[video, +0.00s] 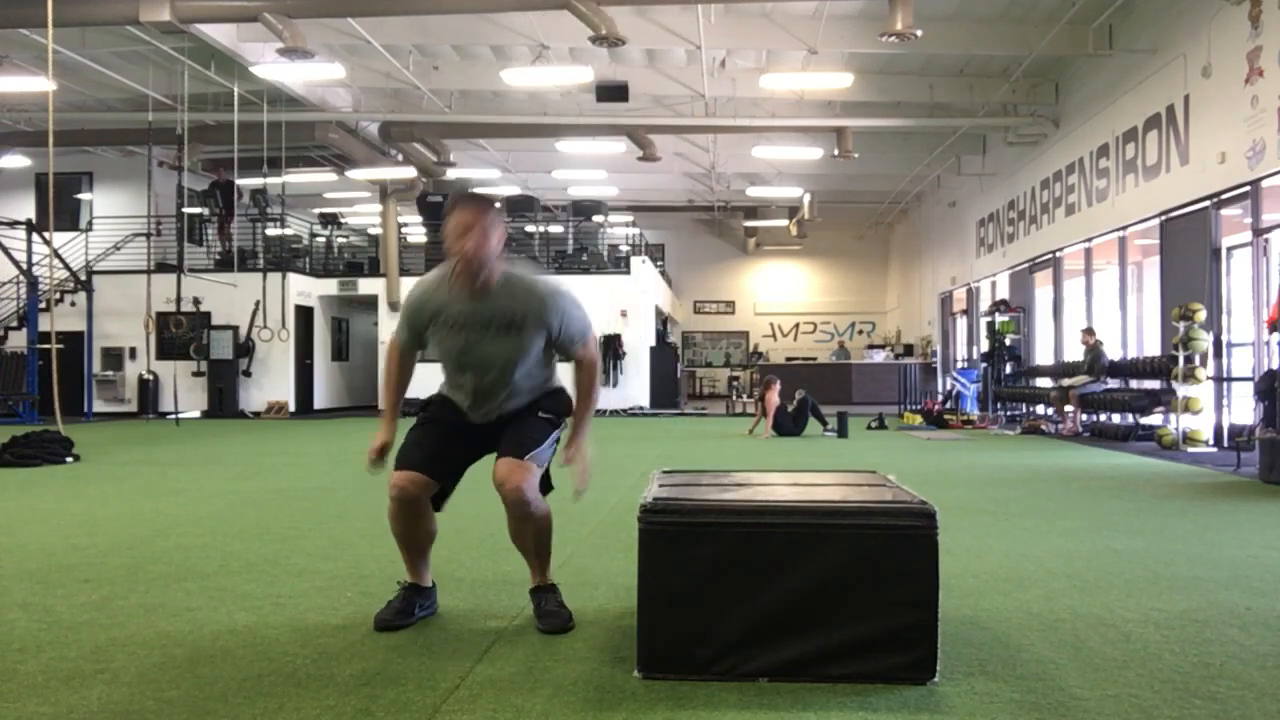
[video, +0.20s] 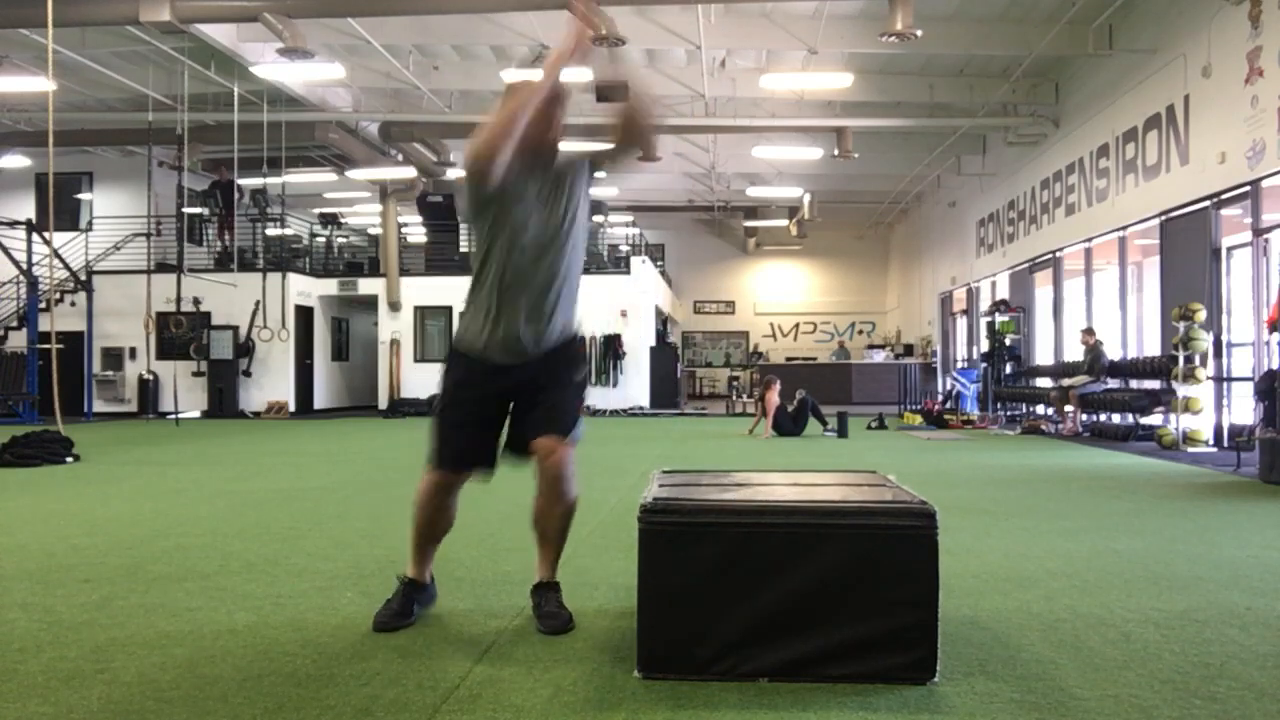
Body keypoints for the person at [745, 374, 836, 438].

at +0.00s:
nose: (779, 387)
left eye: (779, 384)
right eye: (778, 385)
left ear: (767, 385)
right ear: (773, 385)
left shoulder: (764, 396)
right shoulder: (772, 396)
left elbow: (759, 415)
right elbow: (770, 415)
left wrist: (751, 429)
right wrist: (767, 433)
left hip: (784, 430)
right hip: (793, 431)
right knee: (807, 399)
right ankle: (826, 426)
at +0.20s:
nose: (779, 387)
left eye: (779, 384)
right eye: (778, 384)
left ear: (767, 385)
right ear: (773, 385)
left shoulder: (764, 396)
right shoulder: (772, 396)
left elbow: (759, 416)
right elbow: (770, 416)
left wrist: (751, 430)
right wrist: (767, 433)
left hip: (785, 430)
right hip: (793, 431)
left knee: (805, 399)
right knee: (807, 400)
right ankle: (826, 426)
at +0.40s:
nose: (779, 387)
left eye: (779, 384)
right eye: (778, 384)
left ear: (767, 385)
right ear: (773, 385)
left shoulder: (764, 396)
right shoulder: (772, 396)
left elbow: (759, 416)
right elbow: (770, 416)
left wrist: (751, 429)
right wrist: (767, 433)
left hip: (785, 430)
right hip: (793, 431)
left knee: (807, 402)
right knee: (807, 401)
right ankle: (826, 426)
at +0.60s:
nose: (779, 387)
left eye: (779, 384)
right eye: (778, 384)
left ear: (768, 386)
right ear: (772, 385)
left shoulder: (764, 396)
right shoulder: (772, 396)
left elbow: (759, 416)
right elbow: (770, 415)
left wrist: (751, 430)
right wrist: (767, 433)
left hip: (784, 430)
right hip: (793, 431)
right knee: (807, 401)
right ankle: (826, 426)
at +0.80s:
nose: (779, 387)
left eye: (779, 384)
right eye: (778, 384)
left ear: (771, 386)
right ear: (772, 386)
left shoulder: (766, 396)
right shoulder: (772, 397)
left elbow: (759, 416)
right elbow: (769, 416)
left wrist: (751, 429)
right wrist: (767, 433)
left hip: (785, 429)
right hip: (793, 430)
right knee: (808, 401)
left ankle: (799, 401)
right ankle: (826, 426)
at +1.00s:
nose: (779, 387)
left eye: (779, 384)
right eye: (777, 385)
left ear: (769, 386)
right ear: (772, 386)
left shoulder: (765, 396)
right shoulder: (771, 397)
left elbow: (759, 415)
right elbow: (769, 416)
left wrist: (751, 429)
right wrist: (767, 433)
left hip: (785, 430)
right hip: (793, 431)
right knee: (808, 401)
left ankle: (799, 402)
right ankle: (826, 426)